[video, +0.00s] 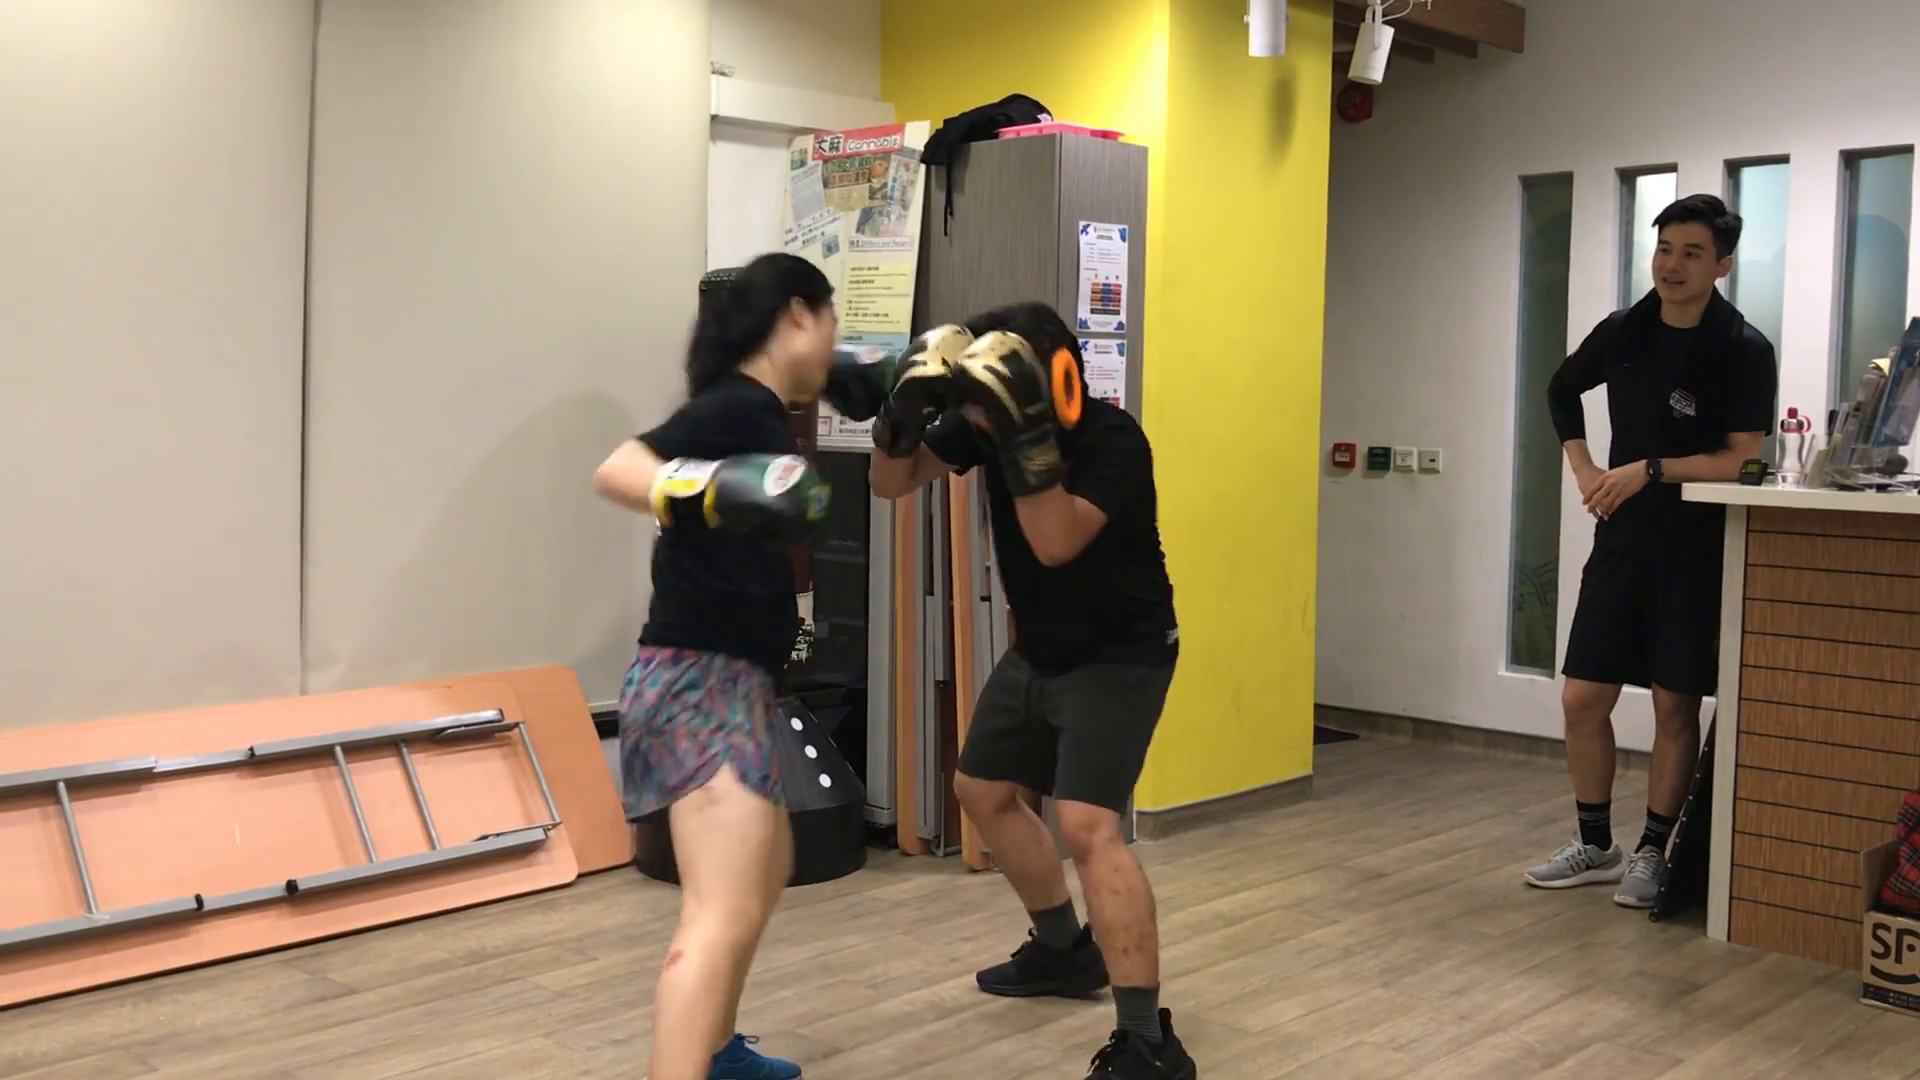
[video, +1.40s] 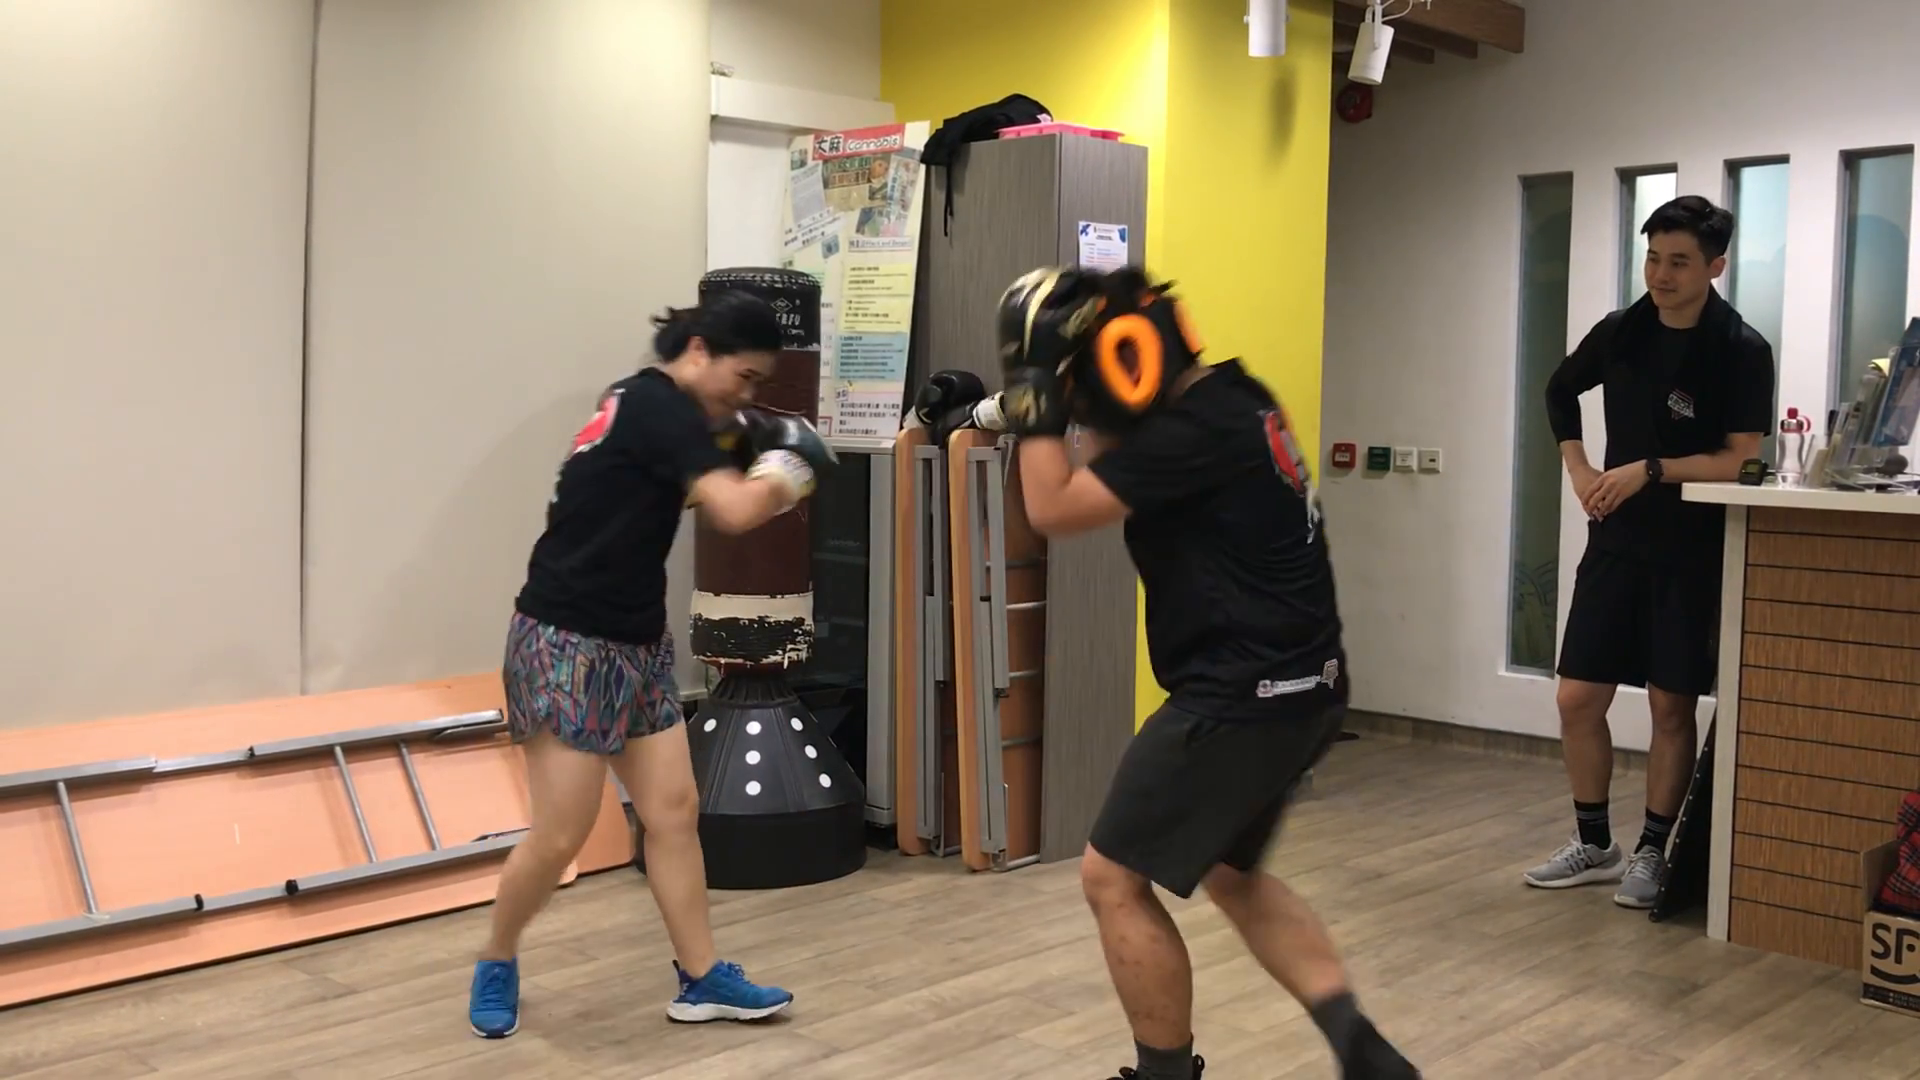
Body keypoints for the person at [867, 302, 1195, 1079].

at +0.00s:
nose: (995, 397)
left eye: (1008, 382)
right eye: (989, 385)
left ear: (1053, 376)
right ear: (985, 392)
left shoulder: (1113, 441)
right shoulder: (995, 433)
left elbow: (1056, 541)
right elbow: (892, 482)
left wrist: (1024, 439)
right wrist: (906, 412)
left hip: (1120, 657)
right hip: (1039, 653)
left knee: (1086, 820)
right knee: (984, 788)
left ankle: (1145, 1038)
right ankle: (1063, 948)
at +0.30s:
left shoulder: (1137, 490)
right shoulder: (996, 486)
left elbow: (1129, 626)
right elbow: (961, 604)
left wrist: (1091, 531)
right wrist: (932, 529)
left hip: (1152, 667)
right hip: (1064, 660)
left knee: (1112, 819)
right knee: (990, 804)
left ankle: (1151, 1042)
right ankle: (1075, 909)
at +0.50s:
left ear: (994, 552)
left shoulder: (1085, 556)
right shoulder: (1000, 562)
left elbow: (1053, 688)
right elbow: (955, 657)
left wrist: (977, 608)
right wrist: (902, 604)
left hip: (1176, 691)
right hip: (1085, 693)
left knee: (1103, 817)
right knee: (997, 800)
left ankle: (1153, 1038)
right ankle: (1089, 927)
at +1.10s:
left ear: (1028, 535)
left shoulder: (1140, 544)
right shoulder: (1053, 531)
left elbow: (1085, 682)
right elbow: (983, 632)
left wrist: (1011, 590)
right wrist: (947, 584)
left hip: (1211, 722)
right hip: (1148, 712)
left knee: (1064, 866)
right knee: (1100, 823)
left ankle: (1157, 1068)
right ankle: (1079, 929)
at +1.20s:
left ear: (1051, 473)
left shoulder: (1157, 512)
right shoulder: (1087, 496)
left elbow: (1078, 636)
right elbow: (1018, 589)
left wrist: (1010, 523)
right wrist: (973, 510)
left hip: (1234, 708)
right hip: (1176, 701)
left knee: (1077, 873)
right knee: (1143, 830)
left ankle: (1159, 1068)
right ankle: (1168, 967)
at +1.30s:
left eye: (1048, 427)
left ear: (1083, 418)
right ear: (1096, 400)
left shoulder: (1179, 462)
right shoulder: (1145, 442)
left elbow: (1061, 571)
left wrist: (1015, 451)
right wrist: (988, 423)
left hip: (1245, 702)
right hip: (1211, 693)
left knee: (1095, 882)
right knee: (1176, 845)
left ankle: (1162, 1071)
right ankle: (1275, 1012)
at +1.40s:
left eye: (1075, 372)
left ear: (1116, 365)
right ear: (1156, 337)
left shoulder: (1190, 429)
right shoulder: (1236, 395)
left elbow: (1051, 505)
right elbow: (1113, 467)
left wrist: (1036, 395)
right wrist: (1067, 389)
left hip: (1234, 700)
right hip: (1304, 688)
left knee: (1113, 876)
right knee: (1231, 872)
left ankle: (1165, 1069)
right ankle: (1361, 1050)